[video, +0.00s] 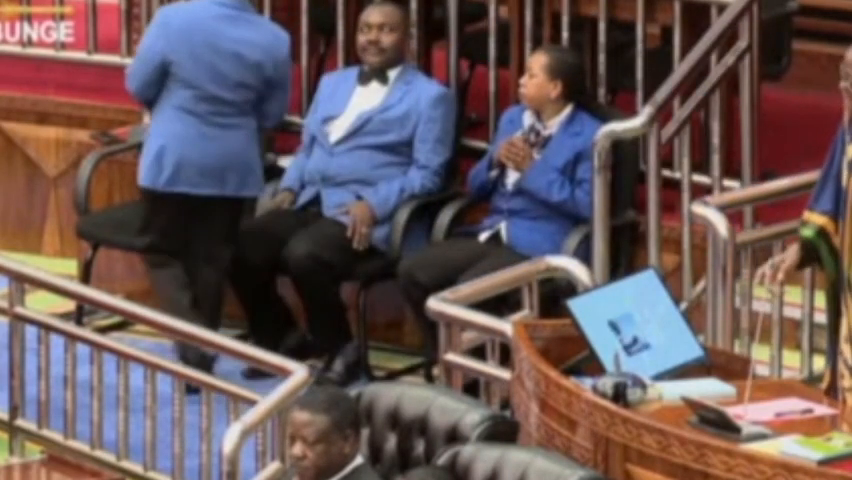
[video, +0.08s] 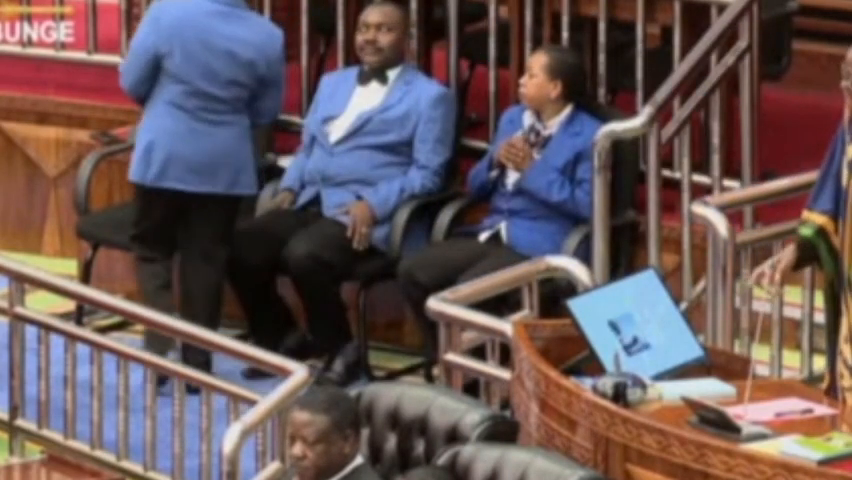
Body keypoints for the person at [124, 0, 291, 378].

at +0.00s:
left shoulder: (173, 19)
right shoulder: (274, 38)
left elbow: (141, 84)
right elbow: (272, 112)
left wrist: (168, 108)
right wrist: (241, 134)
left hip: (173, 160)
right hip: (236, 165)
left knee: (162, 252)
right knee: (212, 266)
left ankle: (190, 340)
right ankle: (198, 367)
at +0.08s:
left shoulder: (166, 14)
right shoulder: (267, 35)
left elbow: (134, 81)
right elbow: (267, 110)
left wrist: (166, 104)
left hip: (163, 159)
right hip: (226, 166)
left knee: (152, 253)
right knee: (206, 261)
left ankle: (160, 356)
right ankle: (197, 366)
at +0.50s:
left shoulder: (113, 10)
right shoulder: (214, 26)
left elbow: (102, 74)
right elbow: (231, 103)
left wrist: (141, 81)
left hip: (126, 150)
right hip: (186, 158)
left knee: (135, 244)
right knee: (191, 252)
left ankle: (128, 353)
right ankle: (193, 366)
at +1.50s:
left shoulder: (152, 3)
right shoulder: (250, 26)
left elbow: (124, 50)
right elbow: (246, 109)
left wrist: (159, 69)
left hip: (138, 129)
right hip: (199, 141)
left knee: (137, 237)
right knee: (197, 246)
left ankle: (128, 349)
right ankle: (191, 349)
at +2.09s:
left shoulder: (146, 4)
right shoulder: (215, 17)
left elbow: (133, 50)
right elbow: (212, 100)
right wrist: (247, 118)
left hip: (131, 126)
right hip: (180, 139)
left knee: (136, 235)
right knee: (191, 244)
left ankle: (114, 333)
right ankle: (190, 344)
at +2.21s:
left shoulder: (145, 6)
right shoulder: (181, 11)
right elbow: (170, 88)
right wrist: (222, 117)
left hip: (132, 137)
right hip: (167, 145)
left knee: (134, 242)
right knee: (181, 247)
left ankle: (113, 333)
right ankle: (191, 343)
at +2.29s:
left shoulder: (145, 6)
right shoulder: (181, 11)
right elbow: (170, 88)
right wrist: (222, 117)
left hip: (132, 137)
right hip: (167, 145)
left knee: (134, 242)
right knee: (181, 248)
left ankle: (113, 333)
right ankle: (191, 343)